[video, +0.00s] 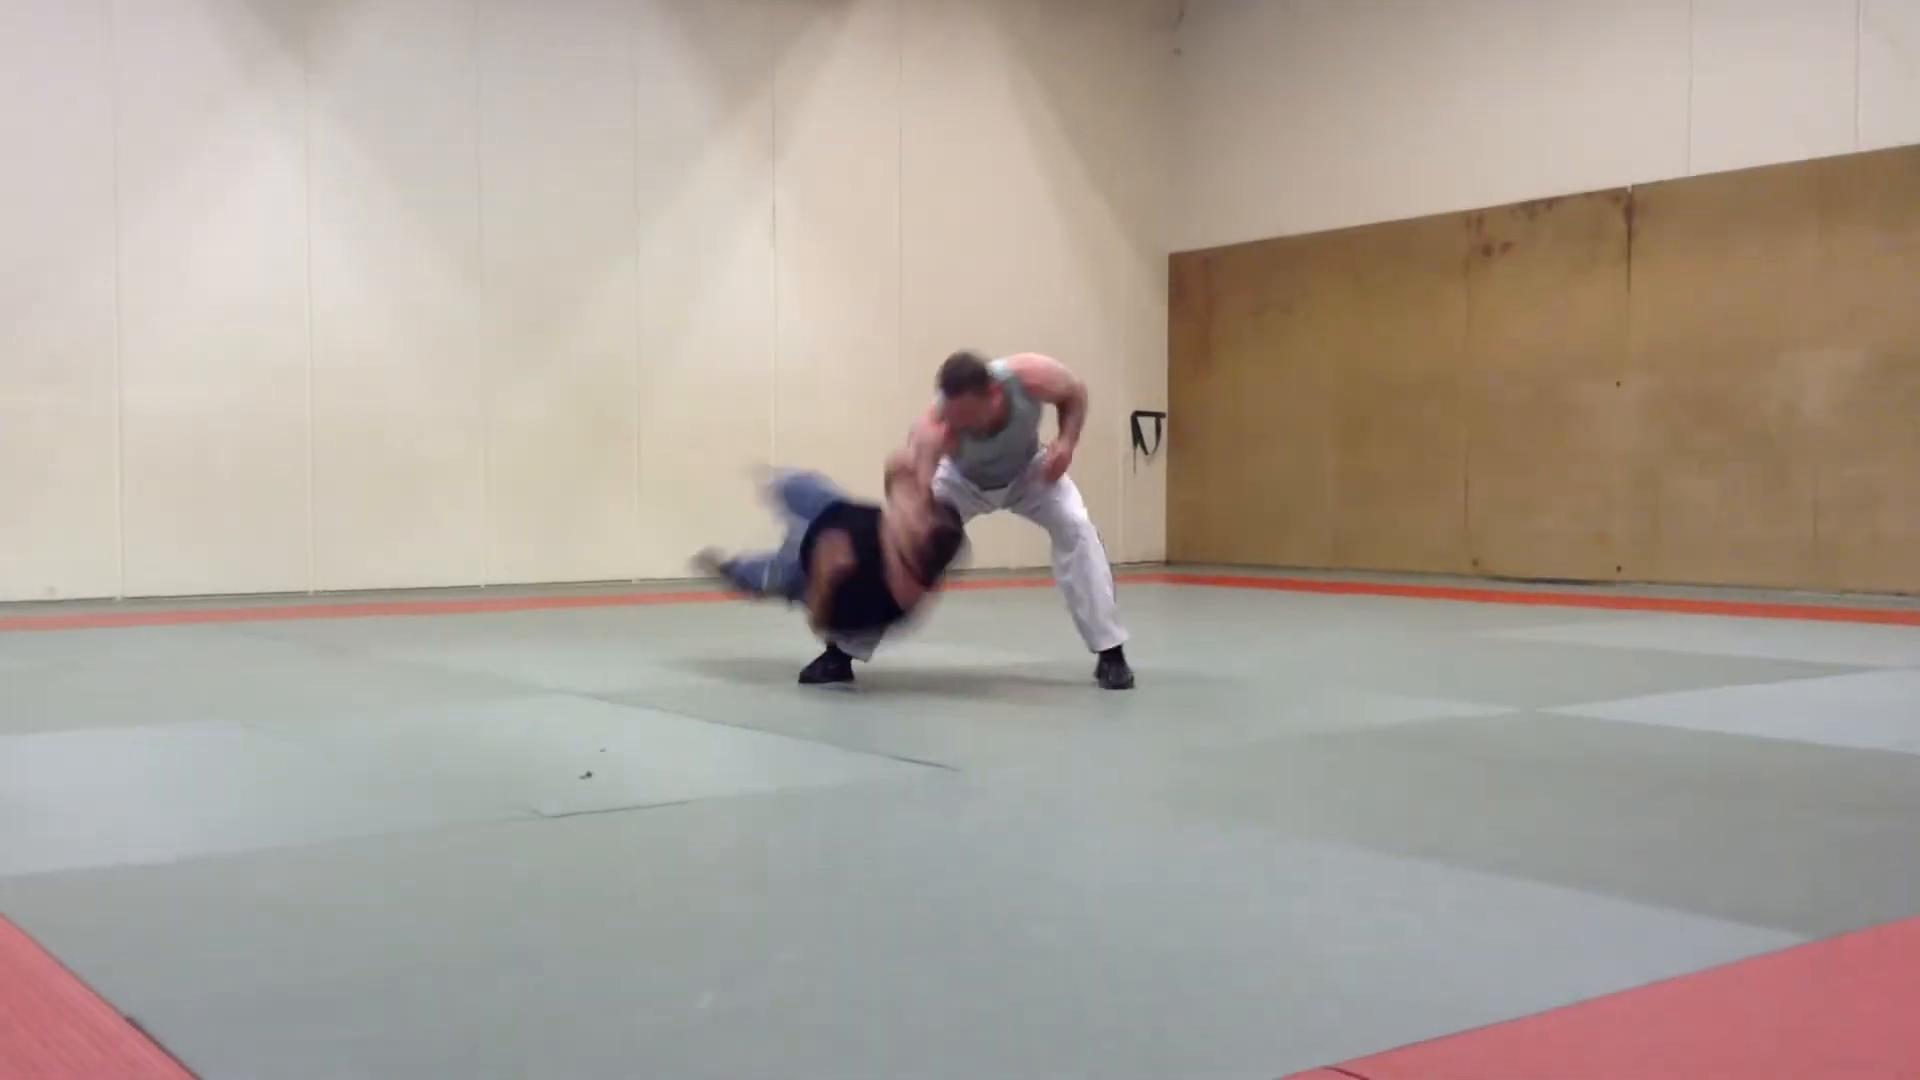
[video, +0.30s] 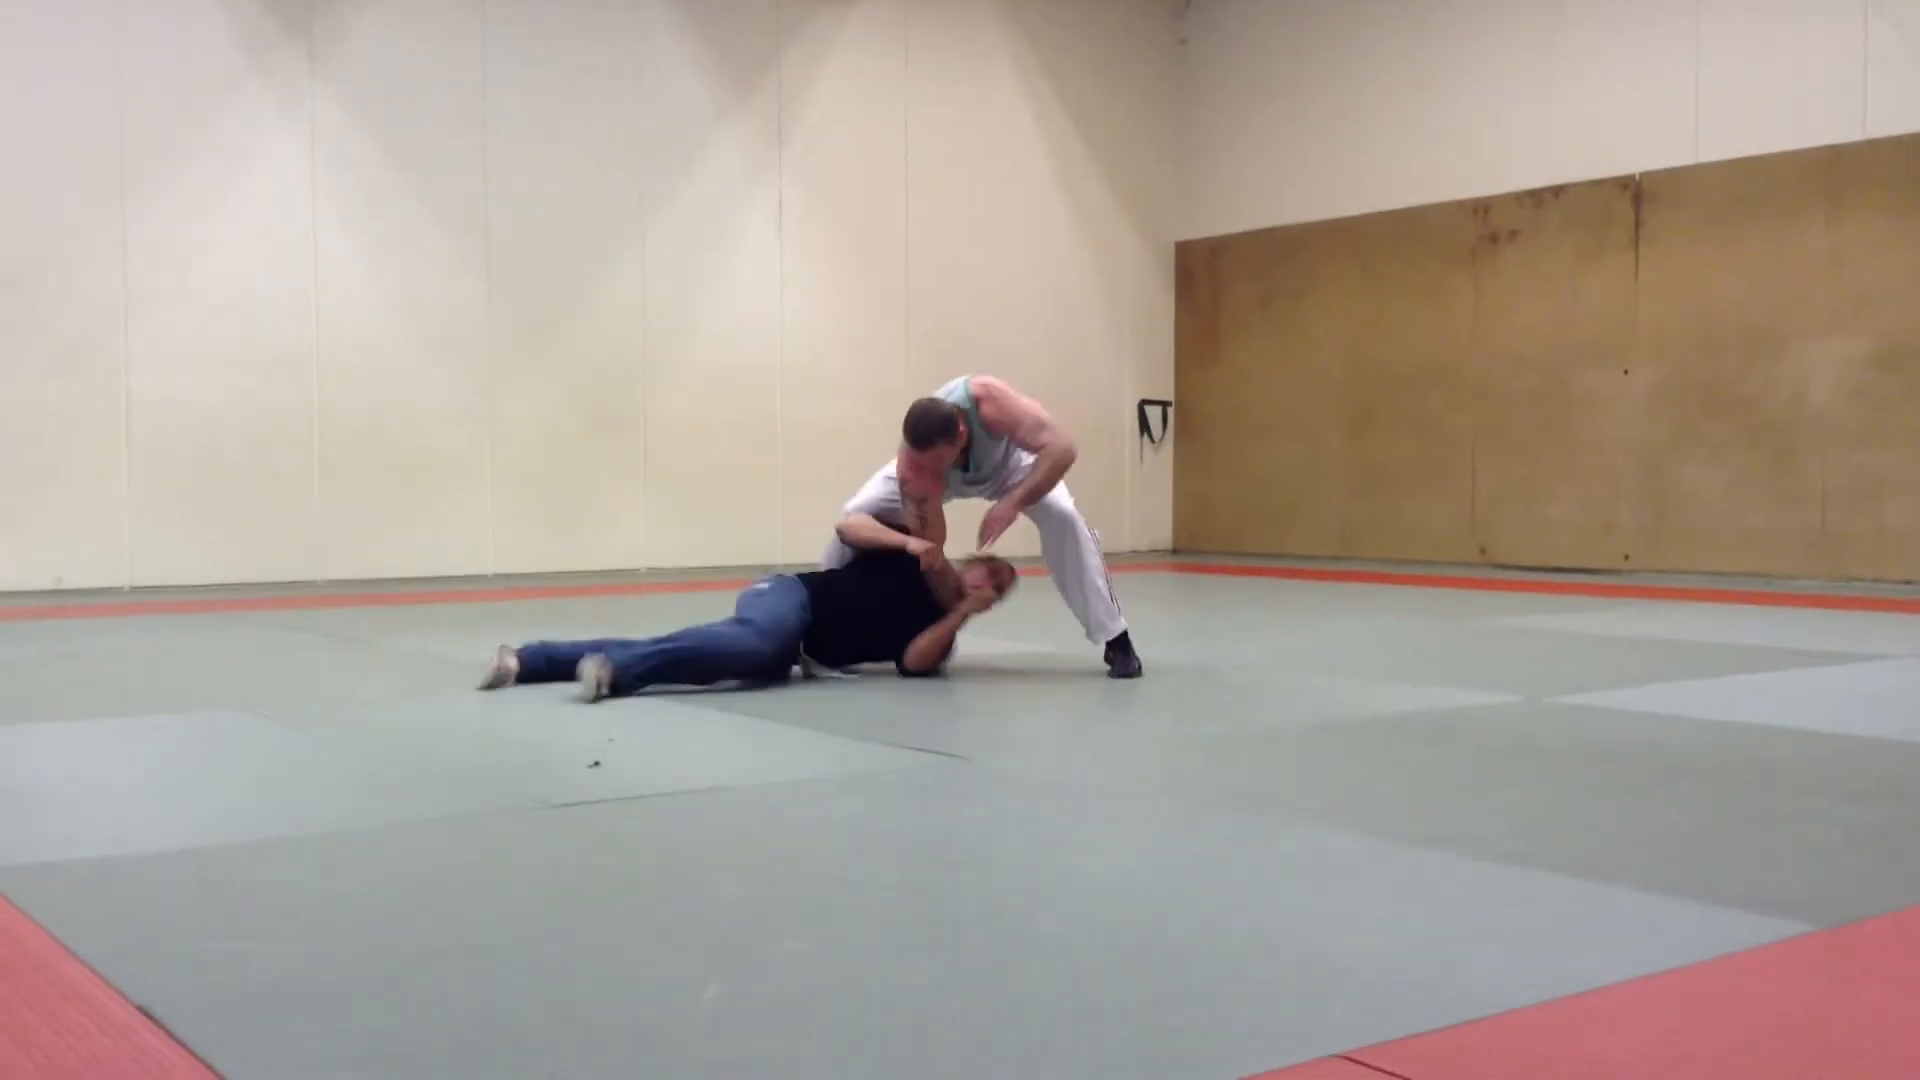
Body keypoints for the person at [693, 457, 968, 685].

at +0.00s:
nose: (906, 522)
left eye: (912, 529)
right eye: (914, 517)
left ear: (916, 550)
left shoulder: (878, 604)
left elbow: (820, 620)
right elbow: (903, 485)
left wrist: (825, 576)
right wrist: (903, 471)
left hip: (804, 568)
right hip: (835, 517)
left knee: (761, 573)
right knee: (804, 489)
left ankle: (726, 567)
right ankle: (779, 484)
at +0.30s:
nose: (984, 589)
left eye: (995, 593)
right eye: (986, 577)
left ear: (987, 607)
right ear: (968, 564)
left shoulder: (934, 639)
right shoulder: (914, 557)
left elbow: (914, 663)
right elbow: (848, 524)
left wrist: (960, 613)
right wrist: (912, 543)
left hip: (795, 651)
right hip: (792, 597)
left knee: (668, 660)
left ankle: (532, 661)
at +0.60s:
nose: (968, 577)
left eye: (973, 577)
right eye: (966, 567)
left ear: (964, 587)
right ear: (948, 555)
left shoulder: (924, 632)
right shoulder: (909, 548)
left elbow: (935, 655)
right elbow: (892, 570)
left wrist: (978, 616)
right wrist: (945, 612)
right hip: (837, 606)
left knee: (721, 656)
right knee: (824, 671)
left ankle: (605, 671)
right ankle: (713, 684)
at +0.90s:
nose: (983, 586)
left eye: (987, 586)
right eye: (981, 575)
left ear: (975, 594)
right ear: (962, 559)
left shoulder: (931, 628)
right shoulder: (929, 550)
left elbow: (955, 654)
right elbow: (914, 578)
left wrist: (1006, 629)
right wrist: (953, 639)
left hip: (817, 618)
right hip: (851, 607)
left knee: (731, 654)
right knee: (835, 668)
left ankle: (617, 672)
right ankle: (726, 683)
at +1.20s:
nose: (975, 593)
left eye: (976, 584)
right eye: (975, 580)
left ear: (920, 566)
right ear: (957, 560)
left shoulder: (928, 620)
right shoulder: (944, 555)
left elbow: (940, 656)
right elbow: (964, 582)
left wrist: (998, 652)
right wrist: (1003, 644)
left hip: (832, 611)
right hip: (872, 619)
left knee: (733, 652)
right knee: (820, 667)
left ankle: (610, 662)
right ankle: (712, 681)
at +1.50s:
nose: (1011, 621)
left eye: (1014, 614)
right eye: (1015, 609)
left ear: (980, 604)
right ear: (1002, 589)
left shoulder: (947, 615)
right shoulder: (982, 574)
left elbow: (957, 660)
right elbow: (1024, 638)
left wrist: (1005, 631)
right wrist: (1038, 656)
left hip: (844, 615)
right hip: (887, 614)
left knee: (749, 653)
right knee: (835, 665)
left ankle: (625, 667)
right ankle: (731, 667)